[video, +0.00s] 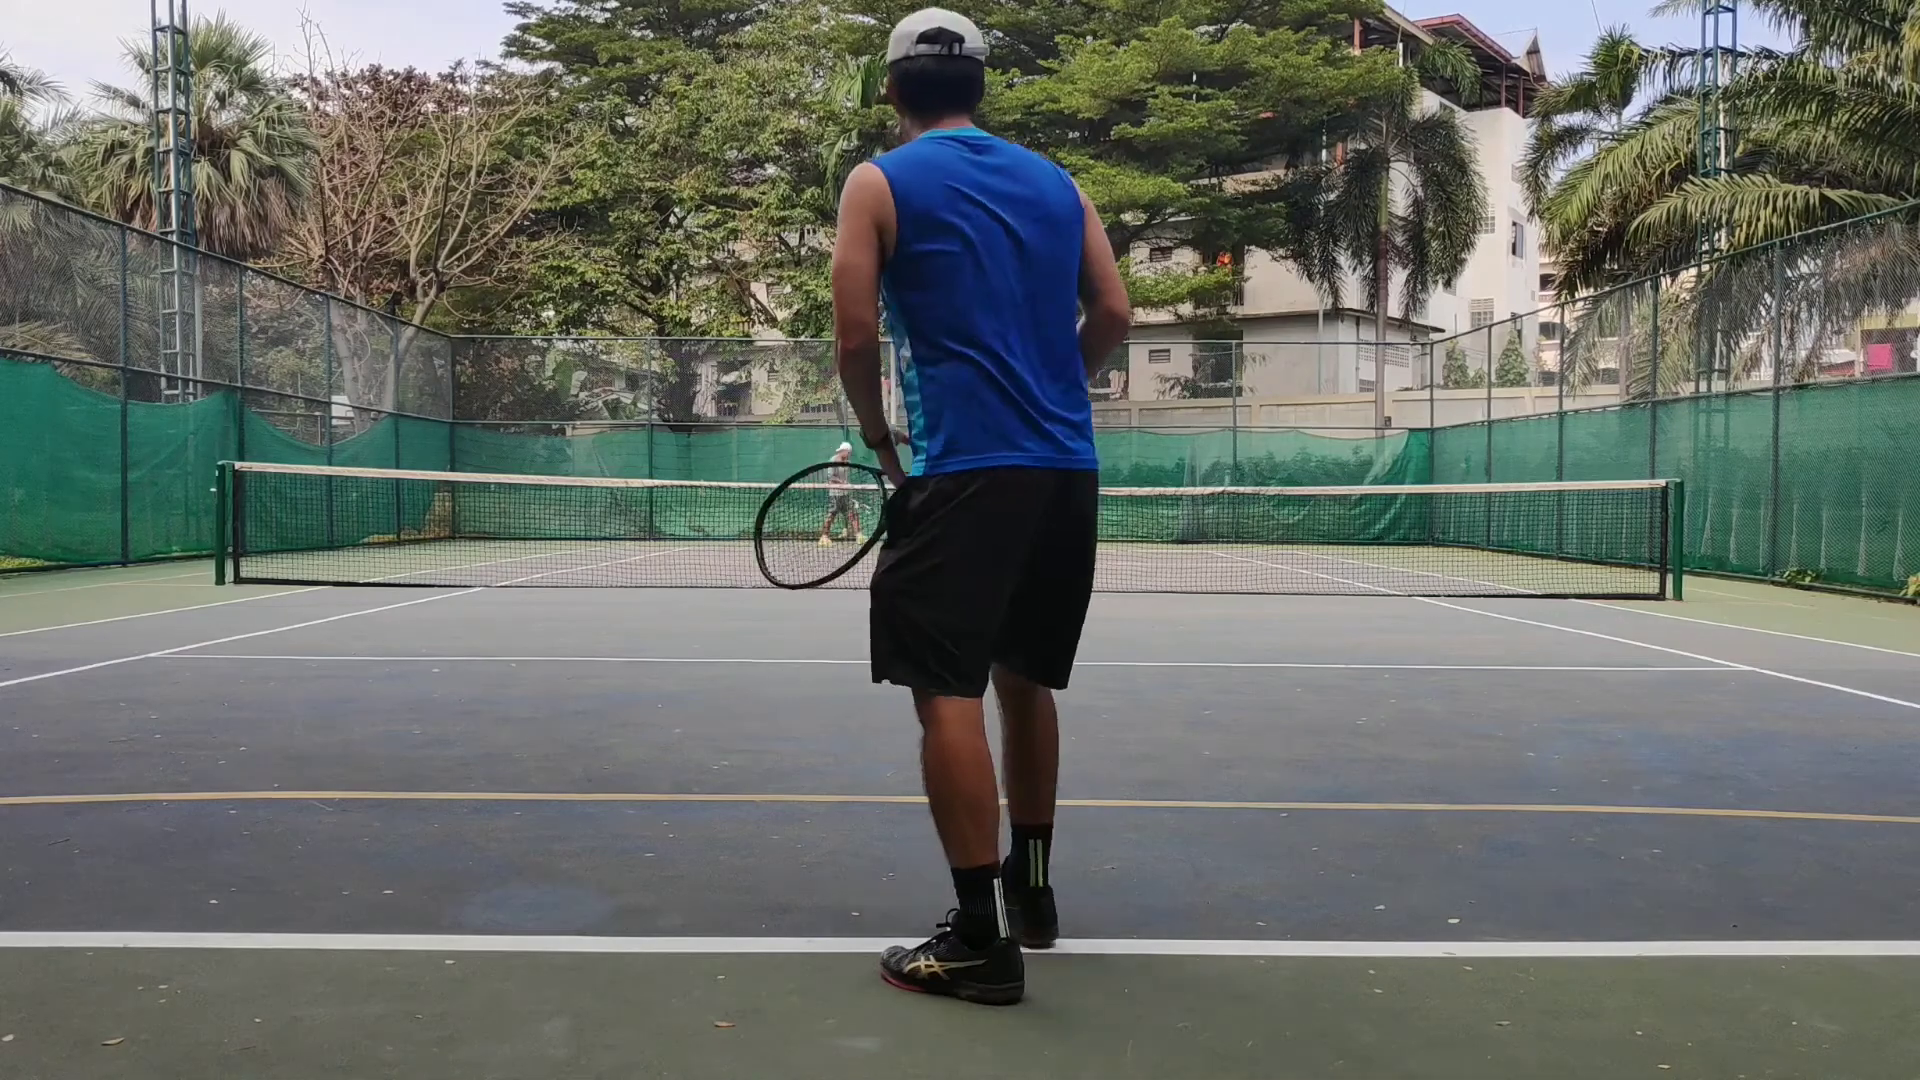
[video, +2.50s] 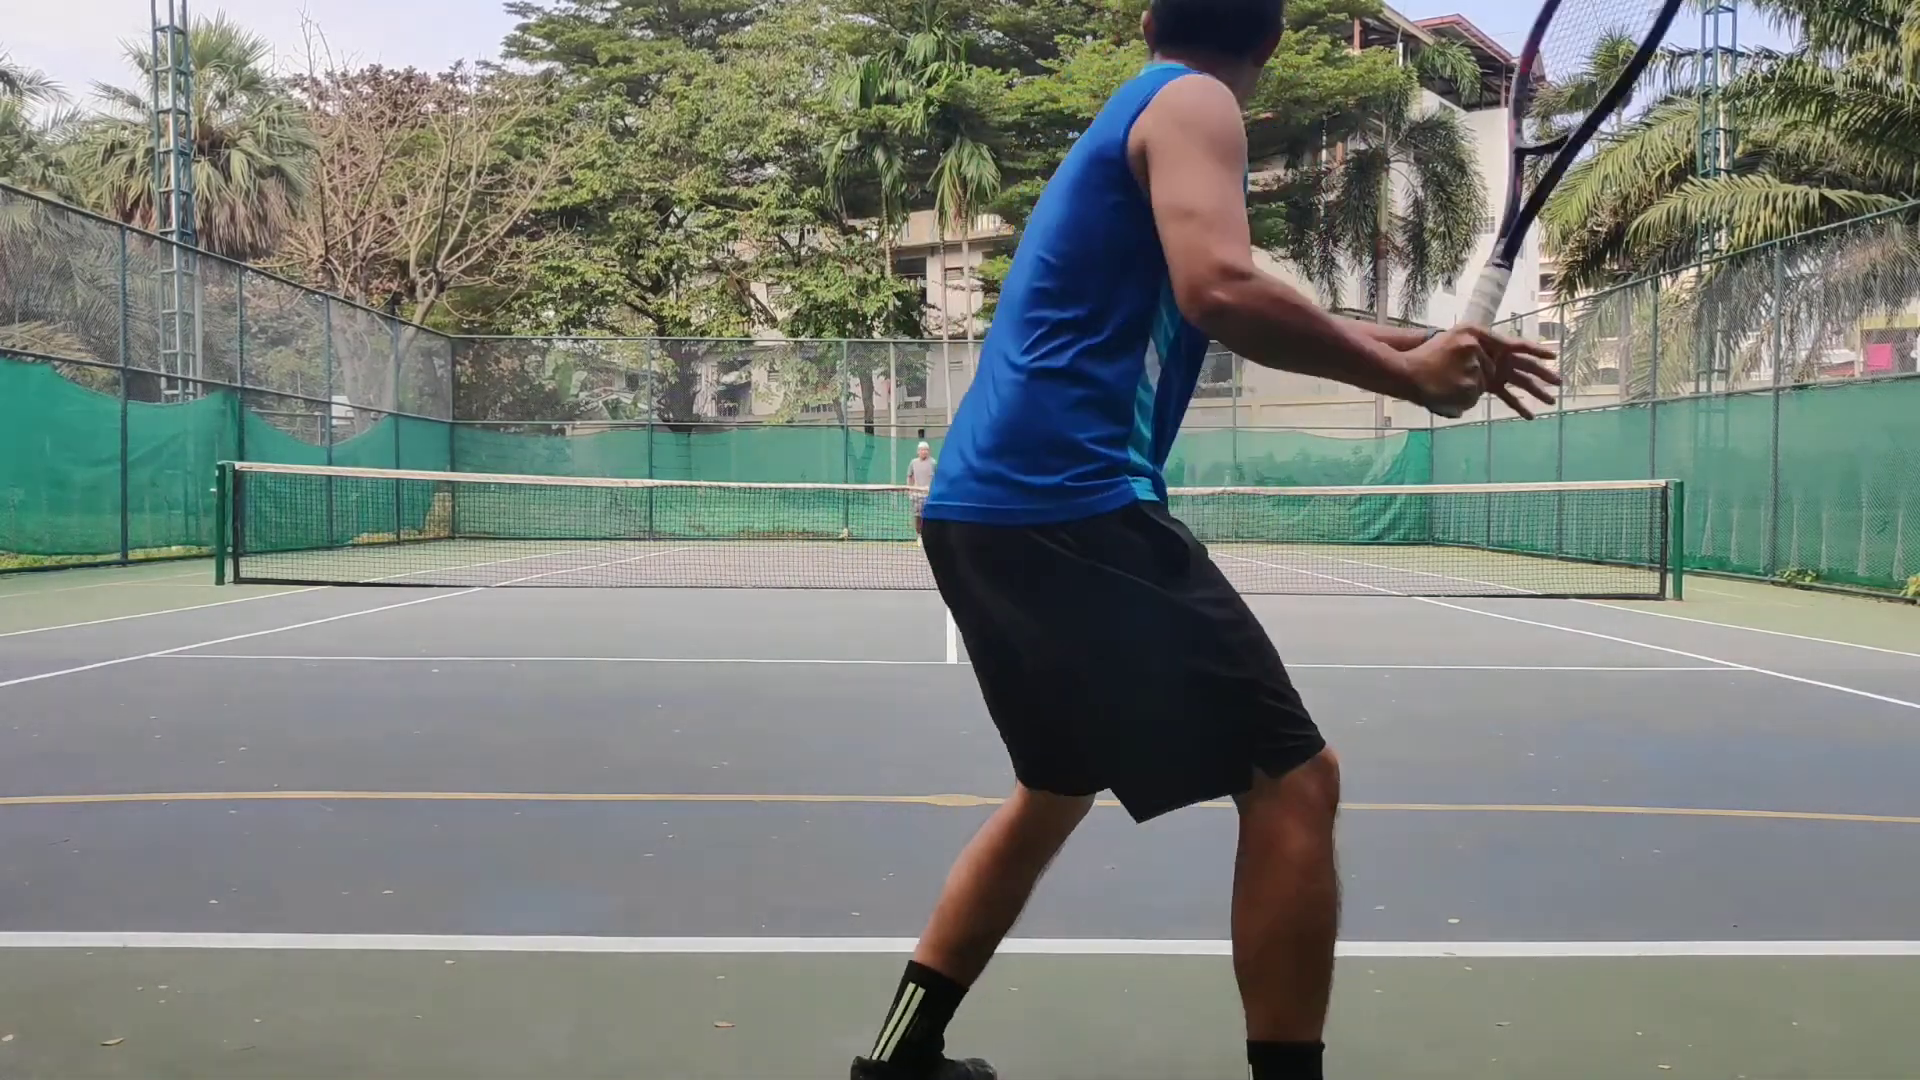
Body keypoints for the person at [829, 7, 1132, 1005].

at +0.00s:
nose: (886, 113)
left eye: (885, 101)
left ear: (896, 100)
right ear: (981, 97)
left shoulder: (881, 180)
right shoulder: (1058, 183)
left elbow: (853, 335)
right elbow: (1112, 315)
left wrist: (878, 436)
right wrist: (1059, 381)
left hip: (963, 481)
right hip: (1068, 480)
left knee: (947, 692)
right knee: (1027, 680)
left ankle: (979, 938)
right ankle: (1029, 887)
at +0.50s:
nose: (1060, 91)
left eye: (1056, 78)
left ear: (1054, 86)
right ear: (1148, 83)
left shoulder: (1013, 180)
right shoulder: (1223, 184)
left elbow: (962, 337)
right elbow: (1267, 332)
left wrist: (1014, 374)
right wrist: (1185, 388)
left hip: (1049, 512)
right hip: (1192, 514)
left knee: (976, 707)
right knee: (1220, 740)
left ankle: (936, 950)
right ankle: (1256, 993)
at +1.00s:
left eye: (1079, 41)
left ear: (1073, 56)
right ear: (1174, 58)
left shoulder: (1011, 168)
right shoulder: (1236, 157)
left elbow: (958, 324)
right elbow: (1284, 320)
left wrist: (1040, 363)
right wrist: (1219, 406)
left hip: (1058, 525)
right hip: (1207, 513)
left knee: (1075, 759)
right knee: (1314, 744)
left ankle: (1105, 1012)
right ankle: (1433, 1006)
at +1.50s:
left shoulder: (1071, 89)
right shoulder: (1323, 88)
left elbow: (1027, 268)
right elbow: (1382, 253)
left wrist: (1109, 286)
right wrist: (1306, 354)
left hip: (1092, 475)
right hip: (1250, 482)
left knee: (1005, 722)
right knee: (1255, 747)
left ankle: (918, 1004)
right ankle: (1272, 1030)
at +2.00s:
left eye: (1106, 16)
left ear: (1113, 15)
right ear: (1228, 16)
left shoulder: (1042, 122)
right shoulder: (1292, 110)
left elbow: (965, 294)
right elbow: (1338, 298)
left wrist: (1051, 337)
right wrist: (1246, 388)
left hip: (1054, 494)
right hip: (1217, 498)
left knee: (1017, 756)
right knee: (1324, 768)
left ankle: (911, 1032)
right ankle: (1348, 1054)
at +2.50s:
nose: (1278, 51)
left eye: (1273, 39)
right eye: (1278, 35)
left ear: (1159, 26)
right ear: (1266, 35)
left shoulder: (1132, 117)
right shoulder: (1192, 102)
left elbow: (1239, 318)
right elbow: (1219, 287)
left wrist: (1408, 345)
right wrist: (1409, 371)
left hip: (981, 507)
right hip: (1076, 505)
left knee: (1057, 779)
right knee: (1294, 786)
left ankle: (903, 1047)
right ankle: (1288, 1076)